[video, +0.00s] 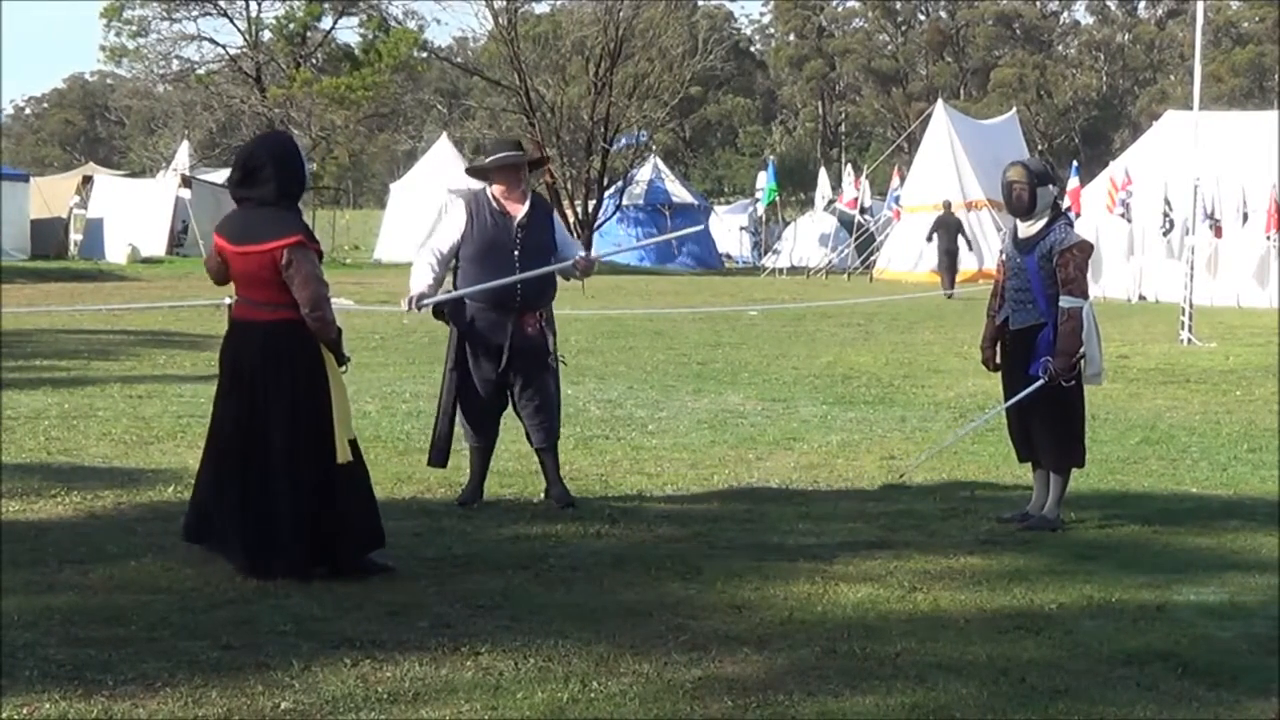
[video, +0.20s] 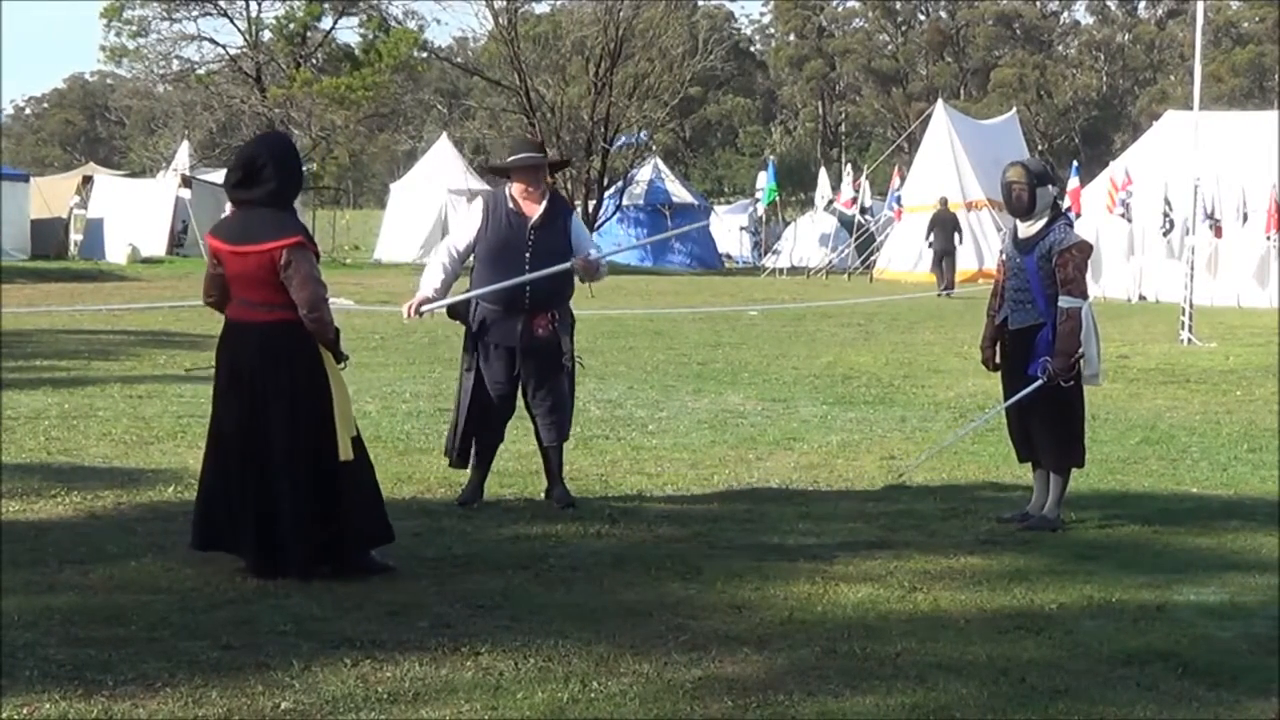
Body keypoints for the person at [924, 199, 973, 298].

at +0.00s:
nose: (946, 208)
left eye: (945, 206)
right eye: (948, 206)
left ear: (943, 207)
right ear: (951, 207)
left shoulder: (939, 219)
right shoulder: (956, 219)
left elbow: (932, 229)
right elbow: (964, 233)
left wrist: (929, 237)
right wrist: (969, 245)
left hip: (943, 247)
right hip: (953, 247)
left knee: (944, 268)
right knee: (952, 268)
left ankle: (947, 289)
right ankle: (951, 289)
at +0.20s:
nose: (942, 205)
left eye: (941, 203)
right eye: (944, 203)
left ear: (939, 204)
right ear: (947, 203)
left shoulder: (936, 215)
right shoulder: (952, 215)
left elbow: (930, 227)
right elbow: (958, 228)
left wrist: (926, 237)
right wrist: (960, 239)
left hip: (938, 246)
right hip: (950, 246)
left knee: (937, 265)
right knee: (950, 266)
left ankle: (941, 284)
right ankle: (949, 287)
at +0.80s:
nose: (932, 204)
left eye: (931, 202)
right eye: (933, 202)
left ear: (928, 202)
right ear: (935, 202)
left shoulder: (923, 213)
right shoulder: (940, 213)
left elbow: (916, 225)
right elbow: (946, 227)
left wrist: (912, 234)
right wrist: (952, 240)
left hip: (927, 243)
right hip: (937, 243)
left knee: (928, 265)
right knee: (938, 265)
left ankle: (929, 286)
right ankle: (936, 285)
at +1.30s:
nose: (928, 204)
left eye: (927, 202)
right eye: (930, 202)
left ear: (924, 203)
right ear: (932, 203)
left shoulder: (920, 214)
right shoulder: (936, 214)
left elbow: (915, 226)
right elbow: (942, 226)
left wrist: (913, 234)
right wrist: (942, 233)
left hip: (922, 243)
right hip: (933, 244)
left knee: (920, 262)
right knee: (932, 263)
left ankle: (921, 282)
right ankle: (931, 284)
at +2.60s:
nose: (940, 207)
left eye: (938, 205)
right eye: (940, 205)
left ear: (933, 205)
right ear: (940, 205)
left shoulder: (928, 216)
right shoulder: (943, 217)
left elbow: (923, 227)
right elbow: (951, 230)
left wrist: (920, 236)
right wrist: (944, 225)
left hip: (930, 243)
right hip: (939, 243)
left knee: (931, 262)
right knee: (939, 262)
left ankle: (932, 281)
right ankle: (934, 282)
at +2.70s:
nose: (943, 206)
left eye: (942, 204)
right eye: (943, 204)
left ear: (935, 205)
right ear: (941, 205)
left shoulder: (930, 215)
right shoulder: (945, 216)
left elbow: (925, 226)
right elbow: (949, 228)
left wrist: (922, 236)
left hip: (932, 244)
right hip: (941, 244)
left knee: (933, 262)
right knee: (944, 261)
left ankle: (934, 281)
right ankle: (937, 279)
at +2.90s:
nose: (949, 205)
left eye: (948, 203)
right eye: (949, 203)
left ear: (941, 203)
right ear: (948, 203)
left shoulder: (935, 213)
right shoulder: (949, 214)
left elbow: (929, 223)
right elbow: (952, 227)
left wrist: (927, 232)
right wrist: (955, 237)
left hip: (937, 240)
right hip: (947, 241)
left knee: (936, 261)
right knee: (950, 262)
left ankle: (934, 281)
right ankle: (949, 281)